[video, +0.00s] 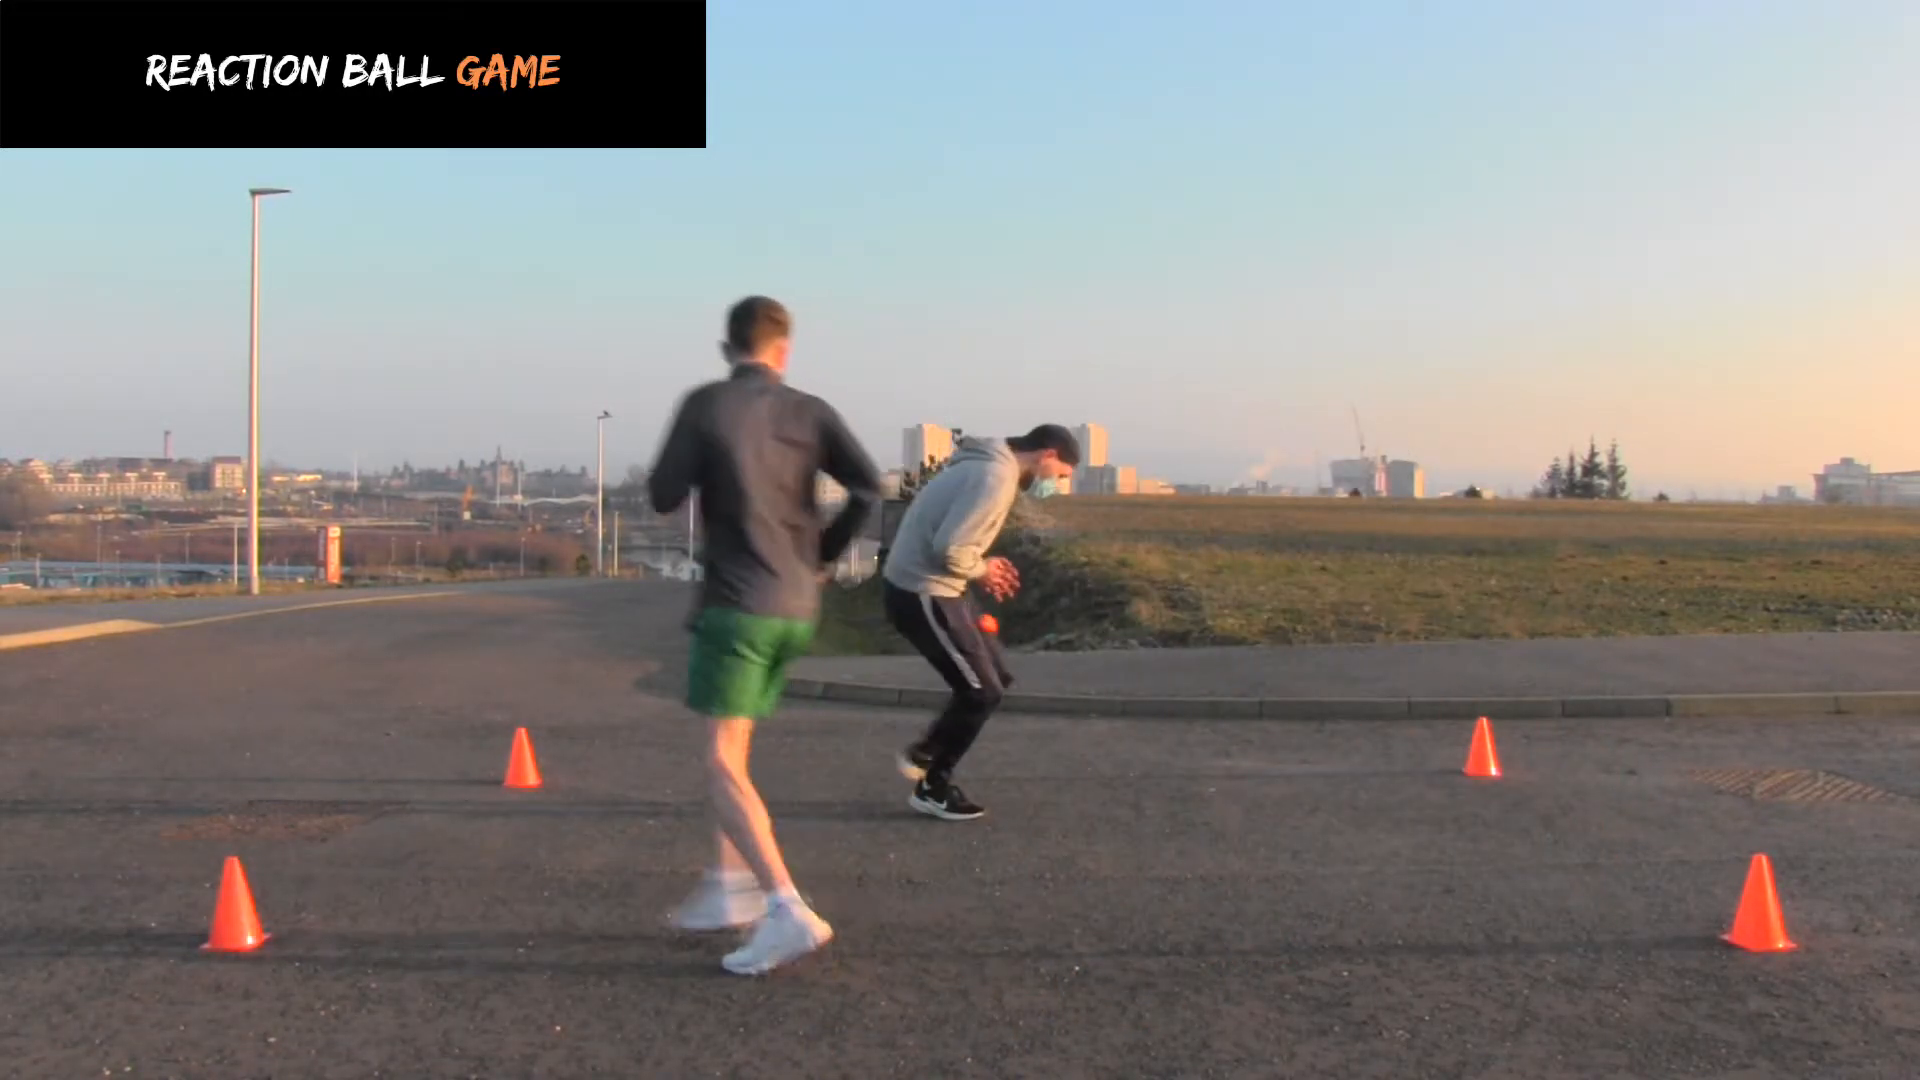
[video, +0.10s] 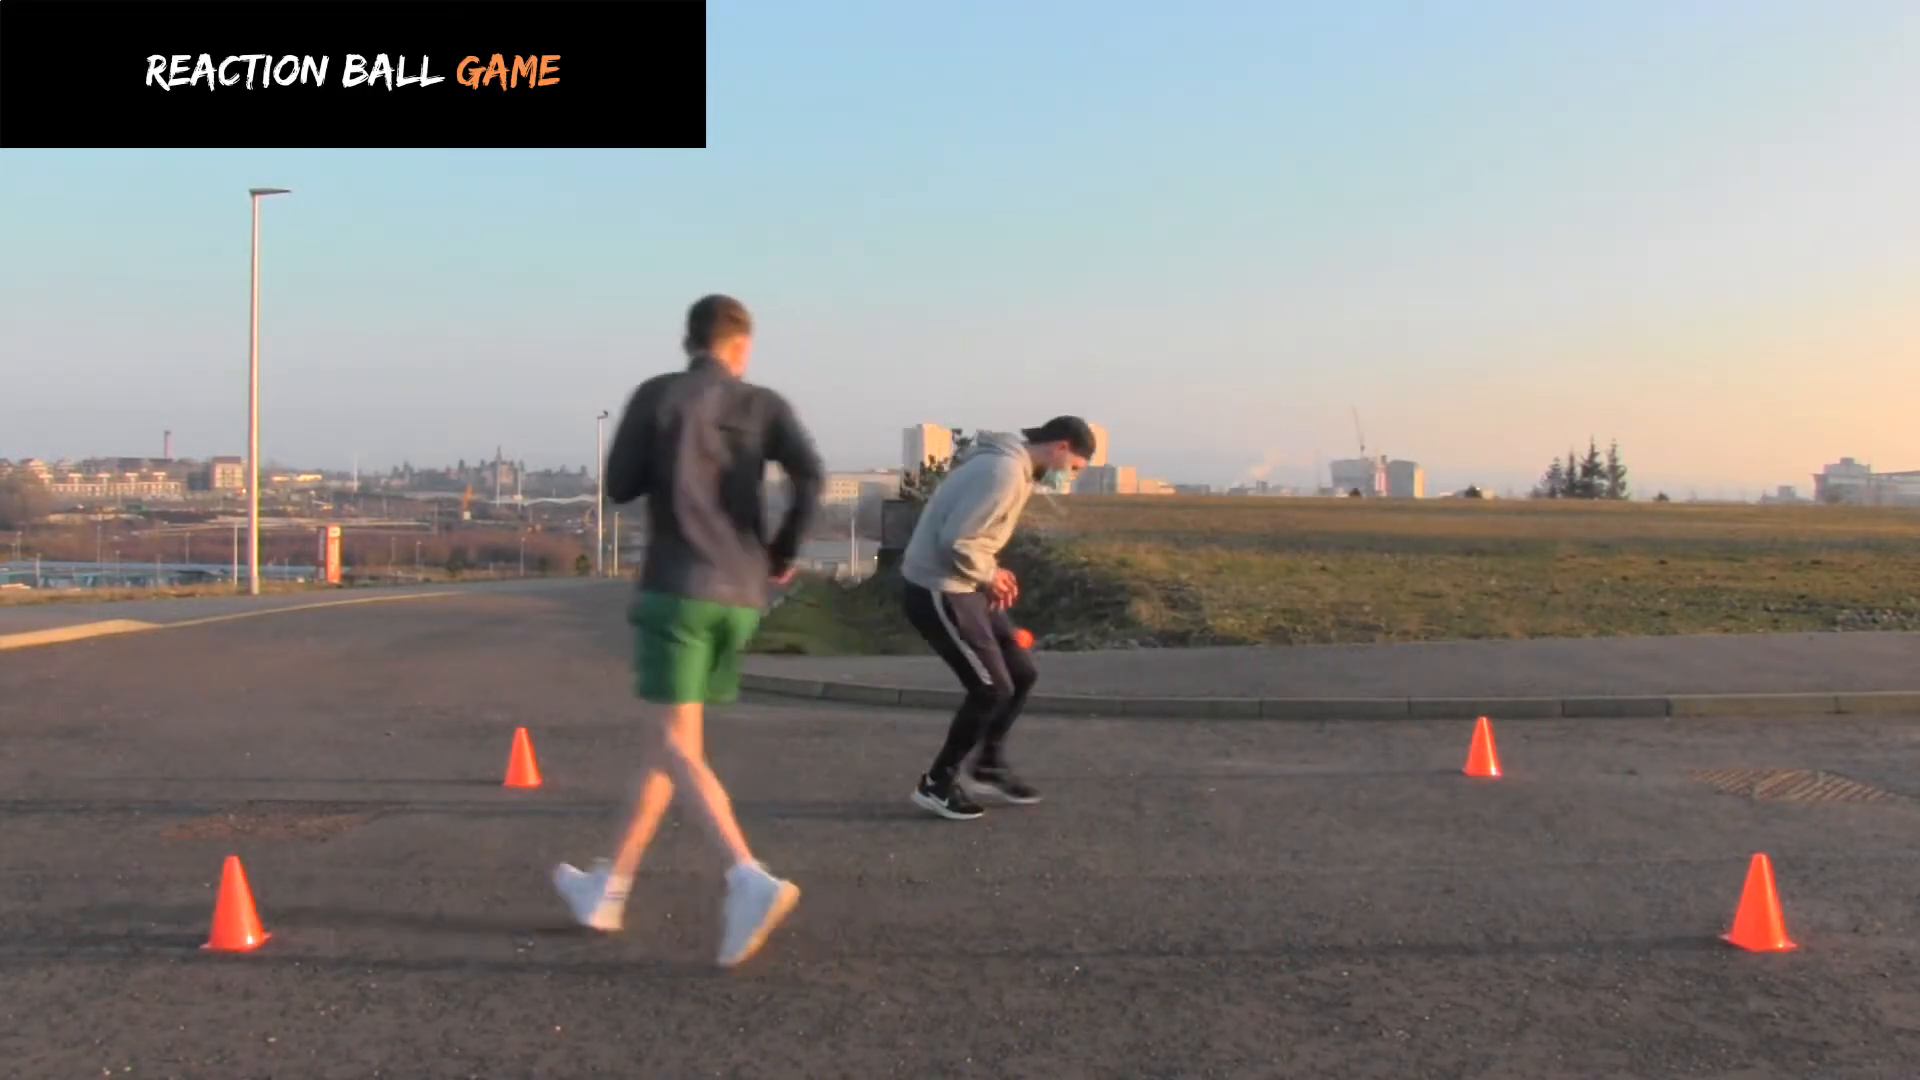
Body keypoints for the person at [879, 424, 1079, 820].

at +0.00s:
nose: (1058, 482)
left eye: (1063, 476)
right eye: (1062, 472)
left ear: (1045, 453)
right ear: (1047, 455)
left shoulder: (1000, 471)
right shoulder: (993, 474)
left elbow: (950, 540)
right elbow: (948, 547)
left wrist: (981, 566)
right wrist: (980, 569)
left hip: (939, 588)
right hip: (918, 590)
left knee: (996, 680)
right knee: (981, 692)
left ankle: (923, 754)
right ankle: (934, 786)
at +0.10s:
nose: (1075, 471)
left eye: (1080, 465)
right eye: (1078, 462)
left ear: (1059, 446)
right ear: (1060, 446)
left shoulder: (1018, 471)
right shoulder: (1004, 469)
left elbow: (970, 538)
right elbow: (957, 542)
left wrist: (991, 575)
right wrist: (991, 573)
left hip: (962, 585)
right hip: (935, 586)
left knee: (1021, 676)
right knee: (992, 689)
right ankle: (937, 783)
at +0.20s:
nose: (1093, 483)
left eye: (1099, 478)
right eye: (1096, 474)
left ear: (1084, 455)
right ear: (1082, 452)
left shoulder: (1049, 481)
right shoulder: (1017, 470)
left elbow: (1018, 542)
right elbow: (969, 541)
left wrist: (1017, 579)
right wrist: (1002, 587)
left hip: (991, 586)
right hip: (956, 586)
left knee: (1038, 681)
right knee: (1005, 691)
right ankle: (940, 781)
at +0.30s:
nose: (1106, 495)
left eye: (1113, 490)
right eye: (1108, 486)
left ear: (1097, 466)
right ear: (1094, 462)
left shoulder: (1072, 492)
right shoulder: (1028, 475)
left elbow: (1046, 545)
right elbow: (976, 544)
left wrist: (1043, 584)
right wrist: (1013, 591)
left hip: (1015, 588)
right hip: (969, 585)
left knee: (1057, 682)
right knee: (1016, 694)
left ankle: (1050, 781)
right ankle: (946, 778)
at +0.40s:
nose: (1129, 503)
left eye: (1137, 499)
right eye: (1131, 493)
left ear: (1117, 472)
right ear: (1115, 469)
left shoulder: (1100, 501)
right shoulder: (1046, 479)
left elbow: (1086, 556)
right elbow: (995, 543)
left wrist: (1085, 601)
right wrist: (1024, 596)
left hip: (1035, 587)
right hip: (987, 581)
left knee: (1076, 680)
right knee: (1020, 692)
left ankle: (1052, 779)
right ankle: (948, 777)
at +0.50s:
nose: (1150, 502)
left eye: (1157, 498)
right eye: (1151, 493)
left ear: (1138, 472)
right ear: (1135, 469)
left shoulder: (1122, 501)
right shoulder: (1069, 473)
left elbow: (1111, 563)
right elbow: (1011, 535)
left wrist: (1117, 615)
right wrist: (1036, 596)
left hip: (1048, 584)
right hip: (1003, 575)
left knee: (1080, 683)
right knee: (1035, 687)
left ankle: (1052, 780)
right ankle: (960, 770)